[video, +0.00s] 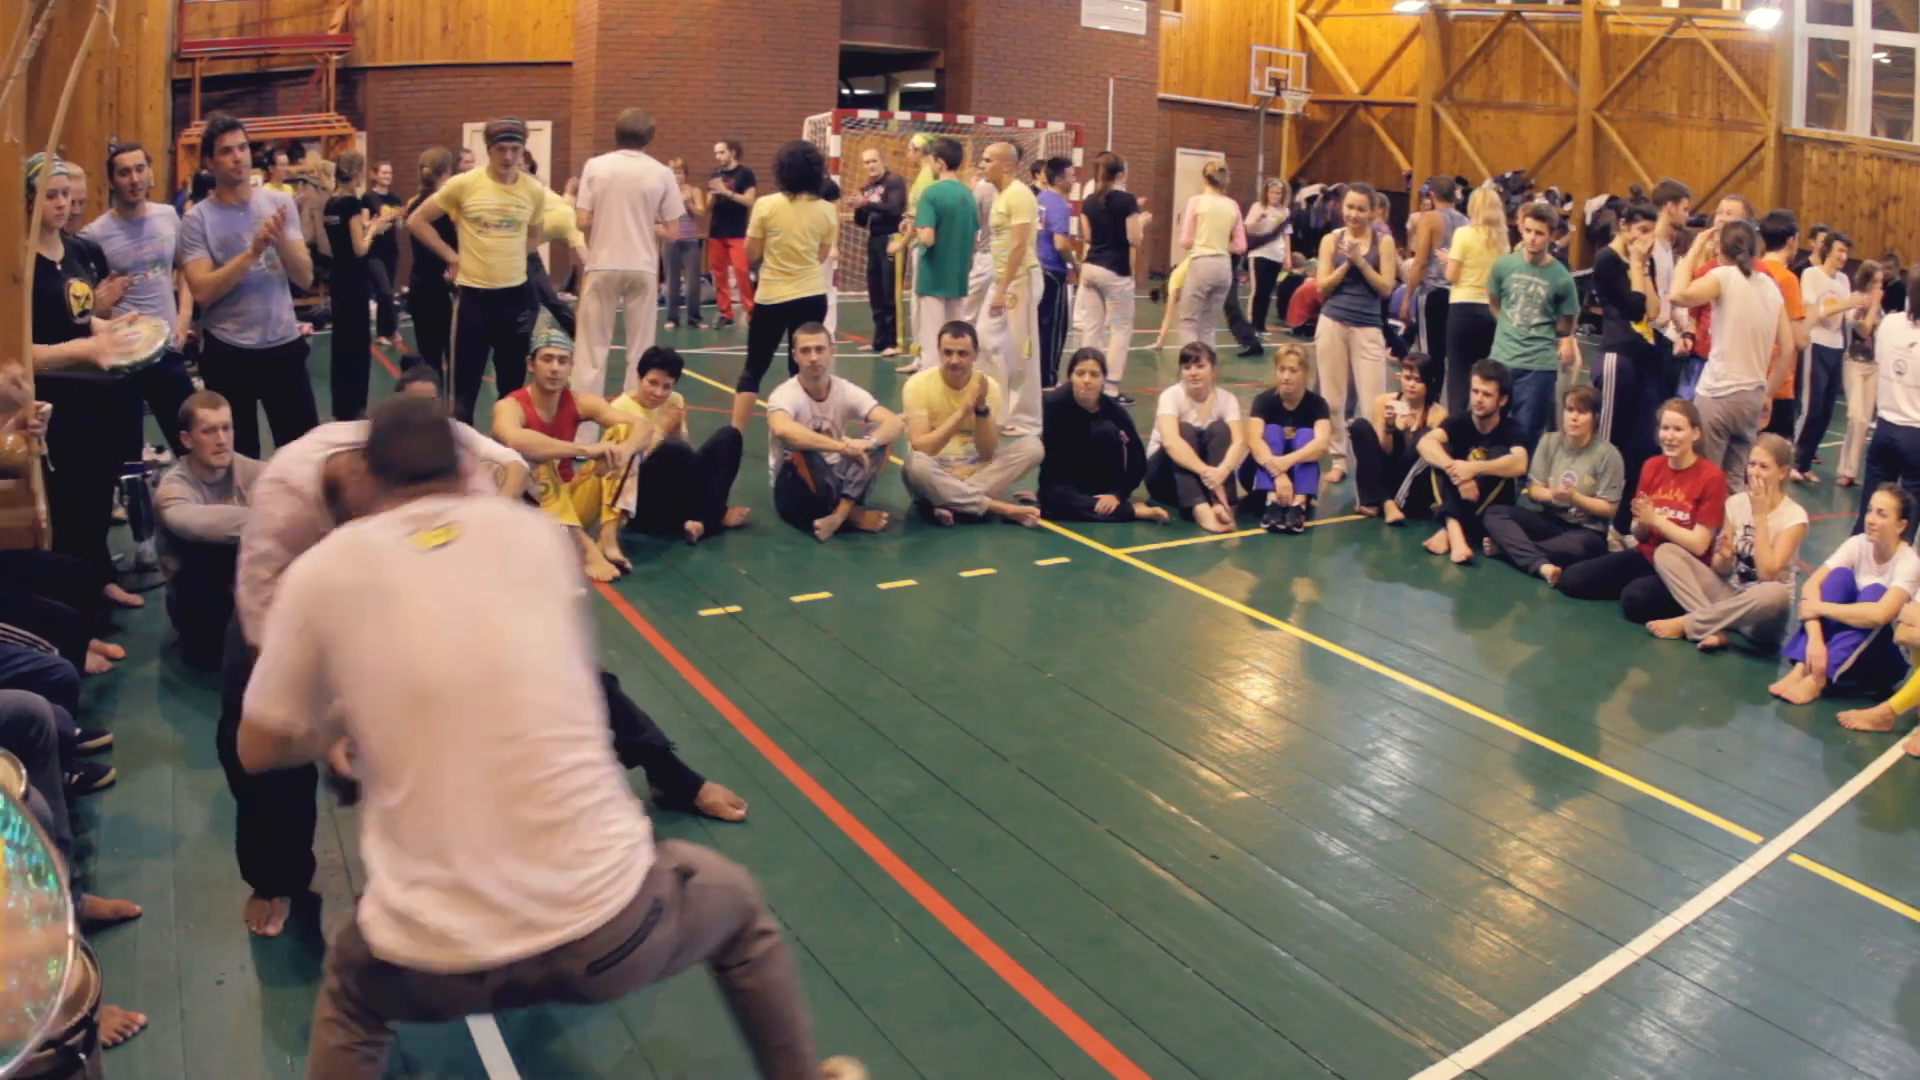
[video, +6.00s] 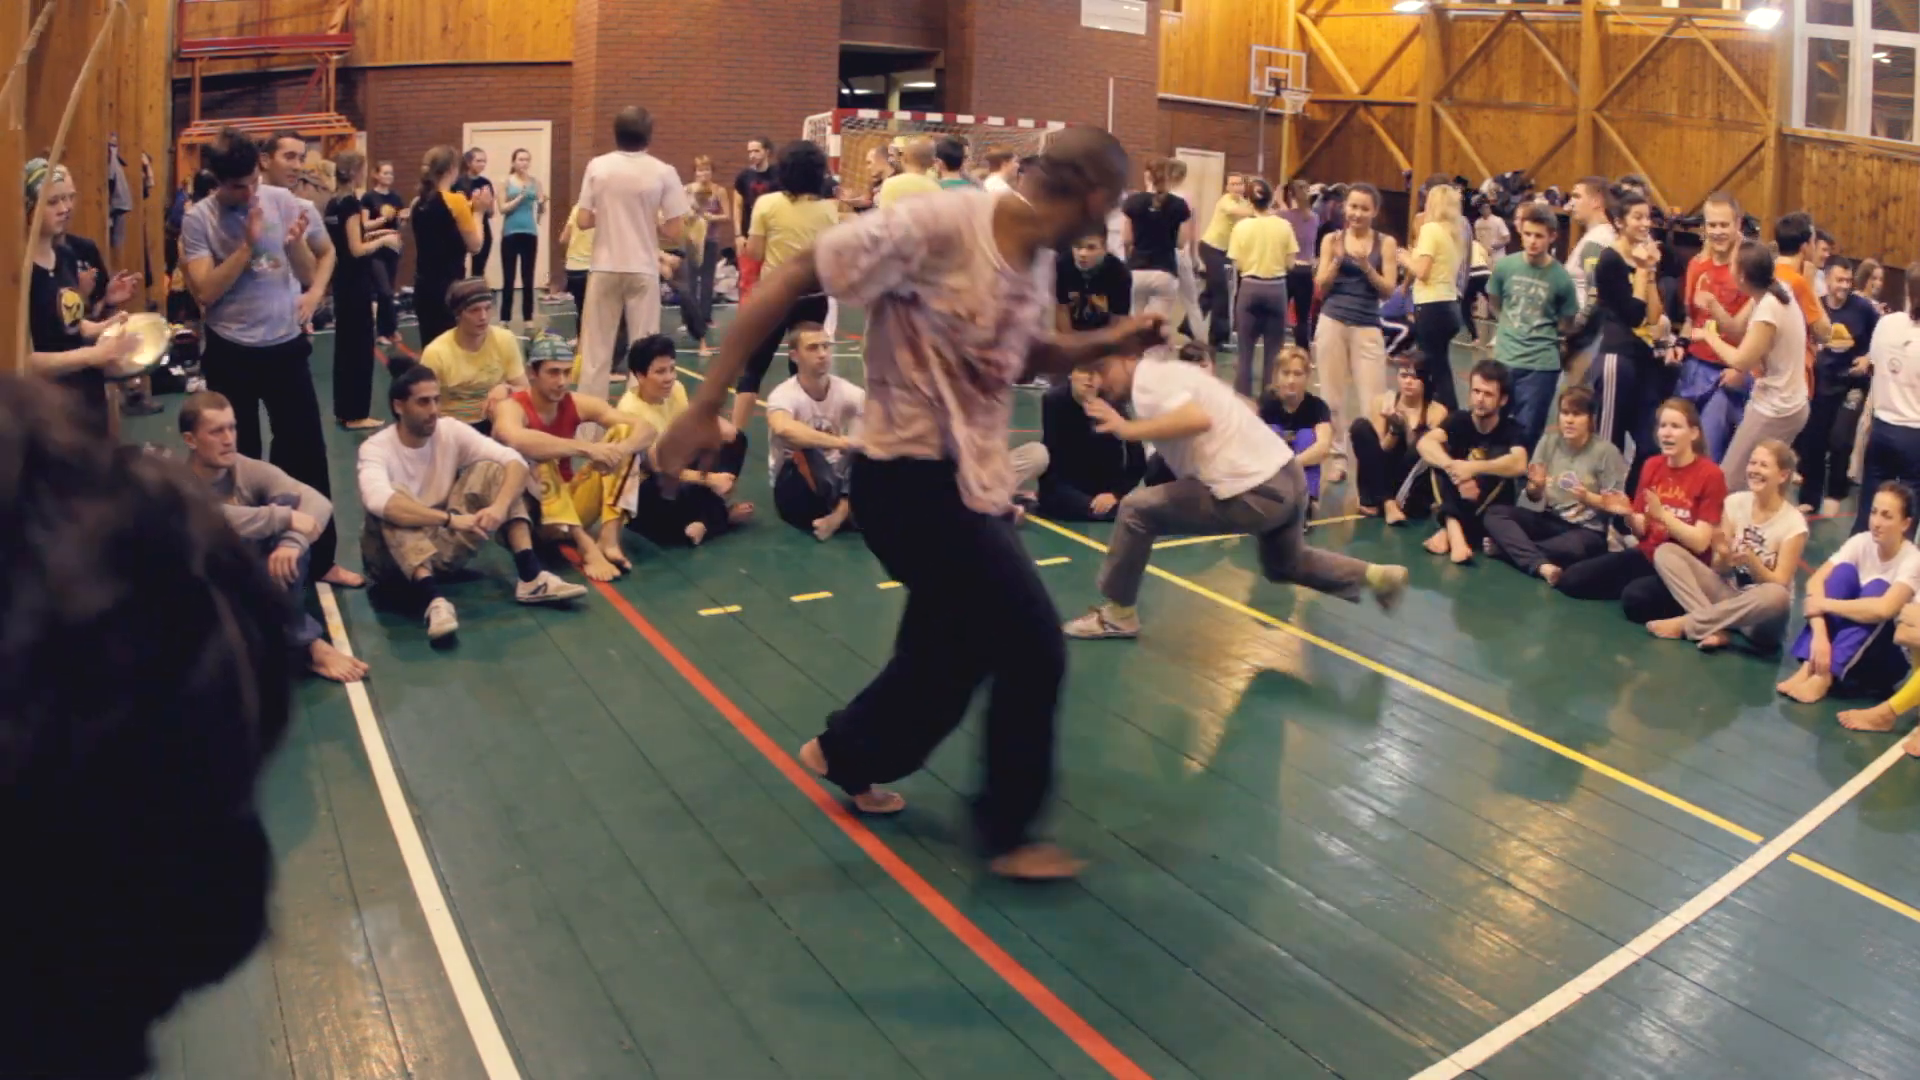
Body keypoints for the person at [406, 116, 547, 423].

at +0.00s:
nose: (508, 156)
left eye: (514, 150)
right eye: (502, 149)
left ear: (522, 152)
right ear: (489, 149)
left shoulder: (534, 190)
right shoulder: (463, 185)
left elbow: (535, 238)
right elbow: (416, 221)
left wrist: (504, 256)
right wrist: (453, 258)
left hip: (516, 295)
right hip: (473, 295)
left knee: (512, 383)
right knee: (465, 383)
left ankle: (512, 454)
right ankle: (458, 450)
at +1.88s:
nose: (484, 159)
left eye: (488, 151)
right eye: (476, 153)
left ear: (494, 151)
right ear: (459, 153)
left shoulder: (505, 187)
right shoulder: (438, 196)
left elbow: (516, 238)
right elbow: (430, 260)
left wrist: (533, 265)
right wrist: (463, 295)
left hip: (501, 297)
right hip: (458, 299)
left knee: (505, 384)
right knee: (456, 386)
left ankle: (507, 453)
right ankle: (456, 451)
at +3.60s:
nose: (495, 203)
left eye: (501, 194)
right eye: (487, 195)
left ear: (508, 191)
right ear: (471, 194)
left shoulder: (524, 220)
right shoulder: (447, 225)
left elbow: (536, 271)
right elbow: (426, 282)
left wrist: (519, 319)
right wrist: (451, 332)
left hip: (504, 314)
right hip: (459, 315)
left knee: (526, 388)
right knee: (448, 395)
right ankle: (448, 456)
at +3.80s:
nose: (497, 249)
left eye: (503, 240)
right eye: (489, 241)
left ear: (510, 237)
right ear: (474, 239)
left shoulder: (524, 263)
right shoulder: (451, 269)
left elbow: (533, 317)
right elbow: (437, 331)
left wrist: (513, 360)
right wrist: (467, 377)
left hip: (505, 348)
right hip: (460, 349)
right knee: (443, 418)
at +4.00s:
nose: (494, 290)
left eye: (500, 281)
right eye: (486, 282)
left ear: (506, 280)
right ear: (470, 282)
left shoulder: (520, 306)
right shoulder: (448, 314)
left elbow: (528, 360)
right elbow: (437, 376)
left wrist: (509, 404)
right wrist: (469, 418)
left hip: (501, 388)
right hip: (458, 390)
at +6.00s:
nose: (483, 317)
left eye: (487, 309)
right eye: (474, 310)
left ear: (491, 309)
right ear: (458, 313)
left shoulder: (504, 340)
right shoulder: (435, 352)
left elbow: (523, 387)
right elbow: (424, 402)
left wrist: (505, 388)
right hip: (450, 428)